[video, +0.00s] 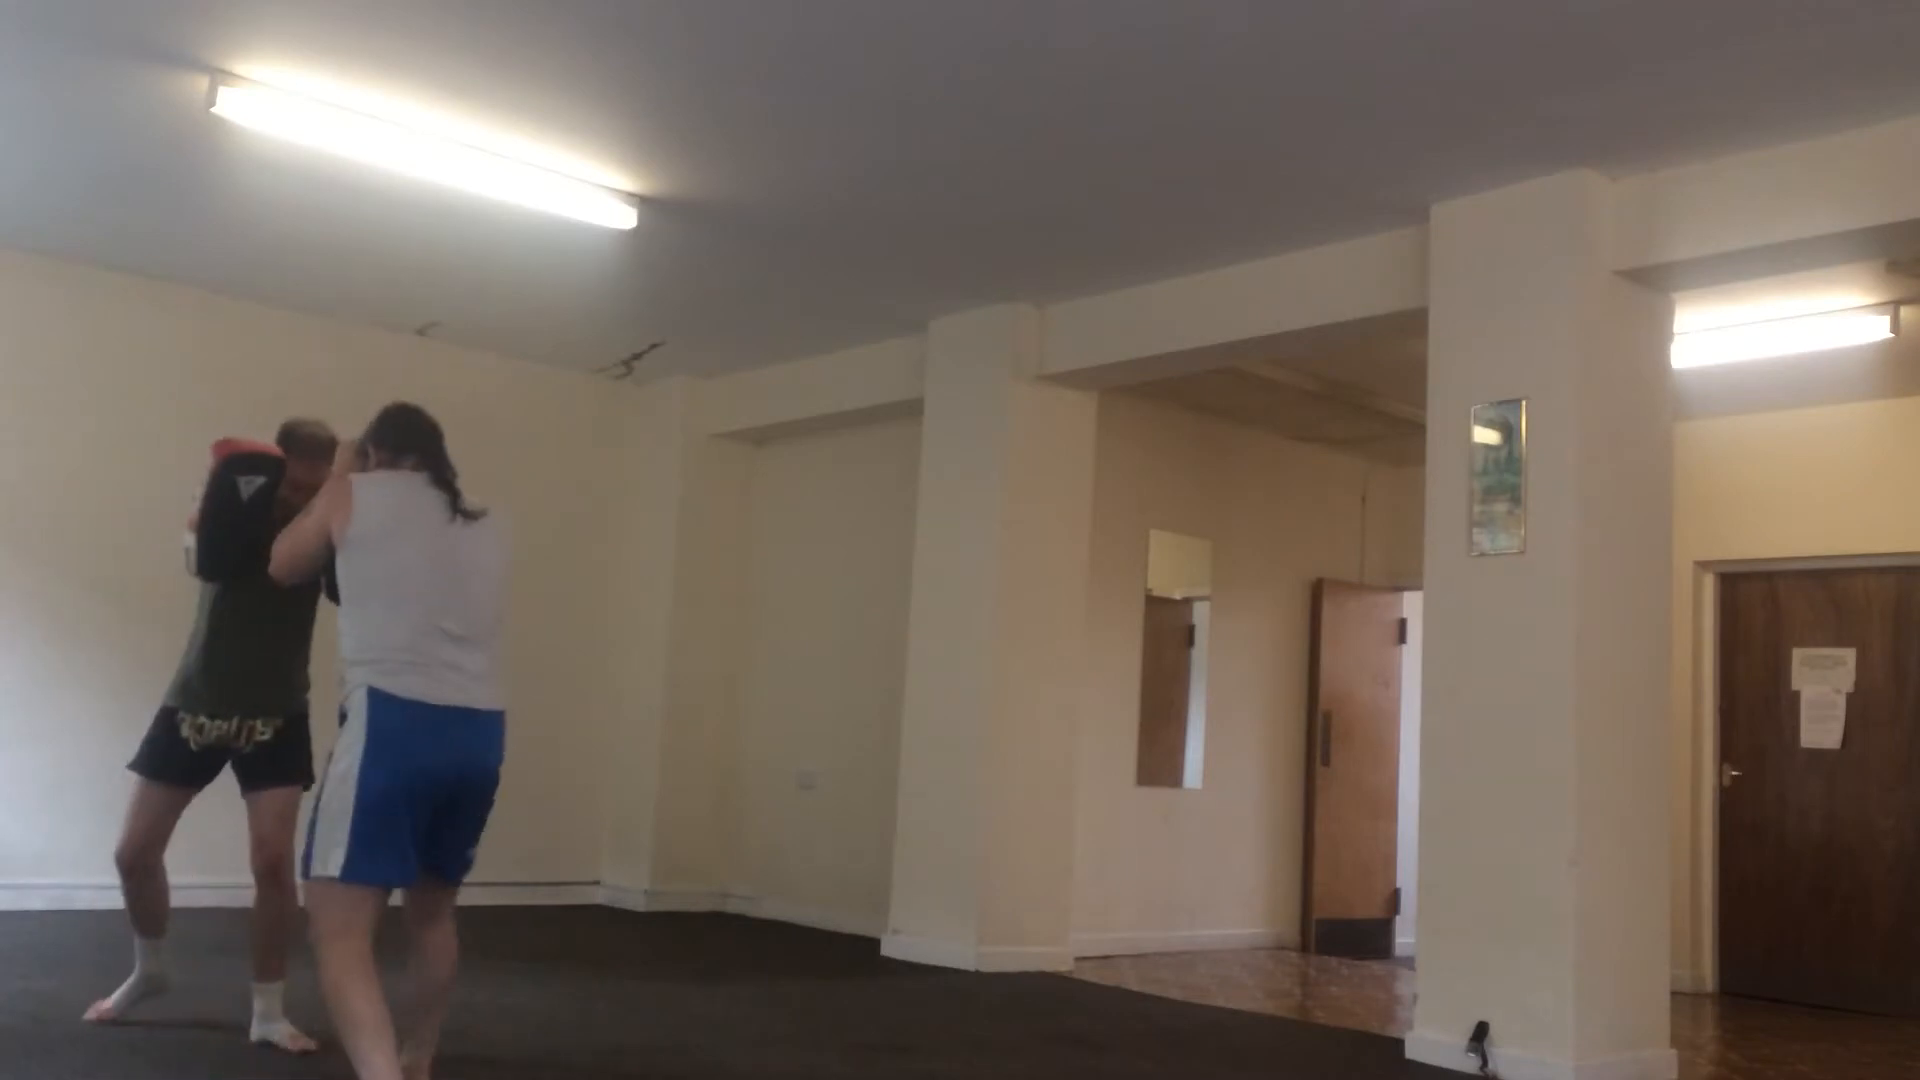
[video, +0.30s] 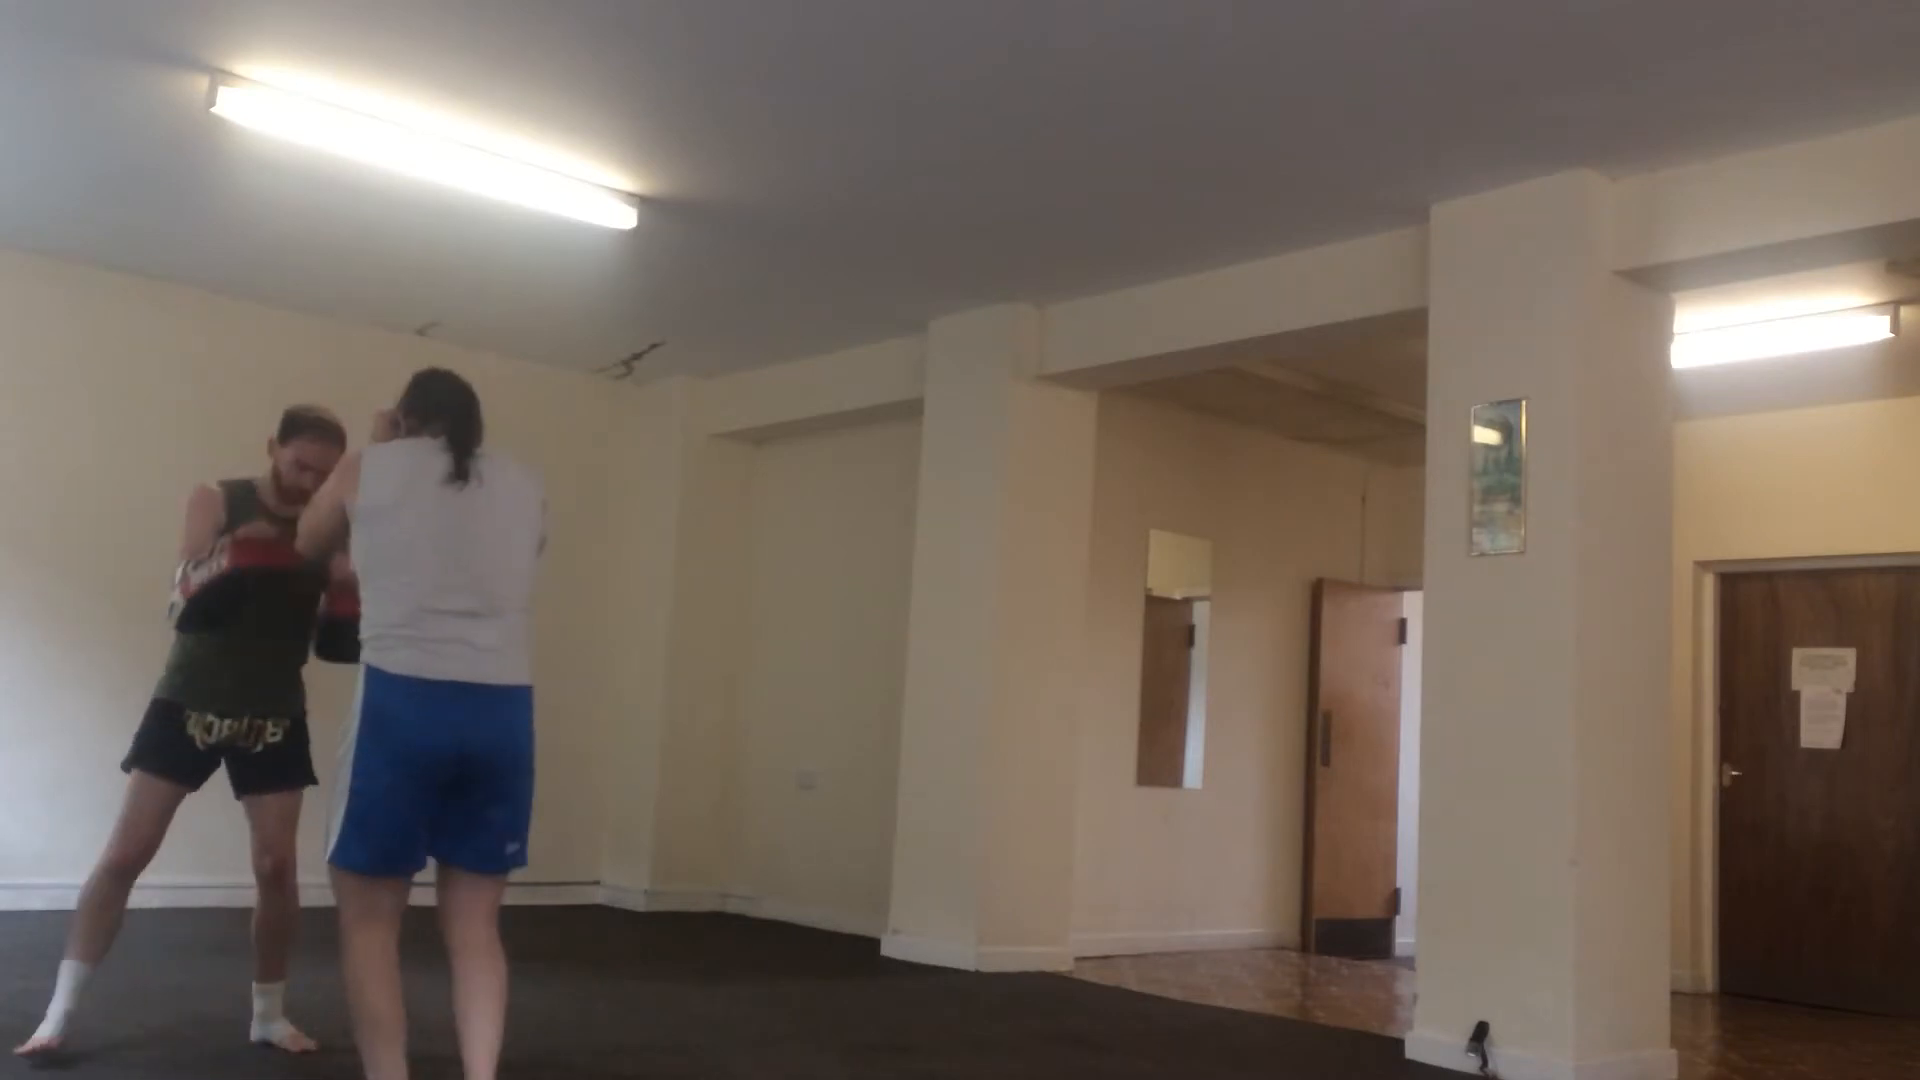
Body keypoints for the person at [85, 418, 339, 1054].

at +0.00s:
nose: (307, 499)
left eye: (318, 489)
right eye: (298, 486)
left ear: (329, 483)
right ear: (277, 471)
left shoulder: (319, 528)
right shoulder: (235, 497)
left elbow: (347, 592)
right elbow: (217, 561)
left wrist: (342, 514)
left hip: (276, 715)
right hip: (197, 707)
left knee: (274, 866)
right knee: (135, 853)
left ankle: (269, 1014)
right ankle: (149, 972)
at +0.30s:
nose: (305, 480)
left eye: (320, 471)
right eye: (297, 464)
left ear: (335, 474)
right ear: (273, 450)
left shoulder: (328, 525)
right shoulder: (217, 502)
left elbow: (336, 646)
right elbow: (185, 597)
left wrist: (348, 590)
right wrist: (230, 555)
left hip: (274, 707)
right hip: (192, 698)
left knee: (277, 867)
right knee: (123, 857)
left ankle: (269, 1015)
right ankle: (59, 1013)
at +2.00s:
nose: (316, 460)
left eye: (323, 450)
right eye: (307, 445)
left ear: (306, 444)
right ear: (267, 432)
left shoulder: (237, 494)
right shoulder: (250, 495)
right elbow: (294, 601)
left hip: (243, 714)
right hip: (214, 714)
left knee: (236, 867)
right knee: (182, 871)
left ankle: (191, 1012)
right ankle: (105, 1048)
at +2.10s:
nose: (326, 463)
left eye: (333, 451)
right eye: (315, 444)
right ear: (271, 434)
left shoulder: (247, 494)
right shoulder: (260, 496)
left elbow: (278, 615)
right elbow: (308, 608)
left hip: (244, 713)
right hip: (216, 713)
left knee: (237, 865)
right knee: (185, 871)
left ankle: (191, 1013)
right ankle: (107, 1047)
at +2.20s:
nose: (307, 444)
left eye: (313, 432)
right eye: (296, 428)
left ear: (259, 429)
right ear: (251, 422)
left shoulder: (236, 489)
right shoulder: (243, 491)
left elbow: (302, 584)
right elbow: (317, 575)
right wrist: (312, 490)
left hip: (247, 710)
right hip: (219, 711)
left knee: (232, 864)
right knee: (187, 868)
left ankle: (191, 1012)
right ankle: (107, 1043)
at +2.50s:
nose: (314, 449)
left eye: (321, 437)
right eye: (300, 435)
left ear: (325, 444)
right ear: (262, 435)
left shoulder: (277, 508)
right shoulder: (229, 499)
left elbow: (277, 611)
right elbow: (270, 600)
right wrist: (336, 593)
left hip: (262, 711)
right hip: (216, 711)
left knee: (246, 865)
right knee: (197, 863)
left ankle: (192, 1012)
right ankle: (116, 1037)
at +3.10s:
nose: (320, 452)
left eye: (331, 442)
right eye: (309, 437)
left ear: (340, 441)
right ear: (272, 427)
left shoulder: (339, 512)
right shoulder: (222, 493)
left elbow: (339, 601)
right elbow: (198, 593)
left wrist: (379, 588)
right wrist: (295, 584)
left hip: (295, 712)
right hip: (208, 707)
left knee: (321, 880)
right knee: (182, 874)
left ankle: (258, 990)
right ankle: (169, 1040)